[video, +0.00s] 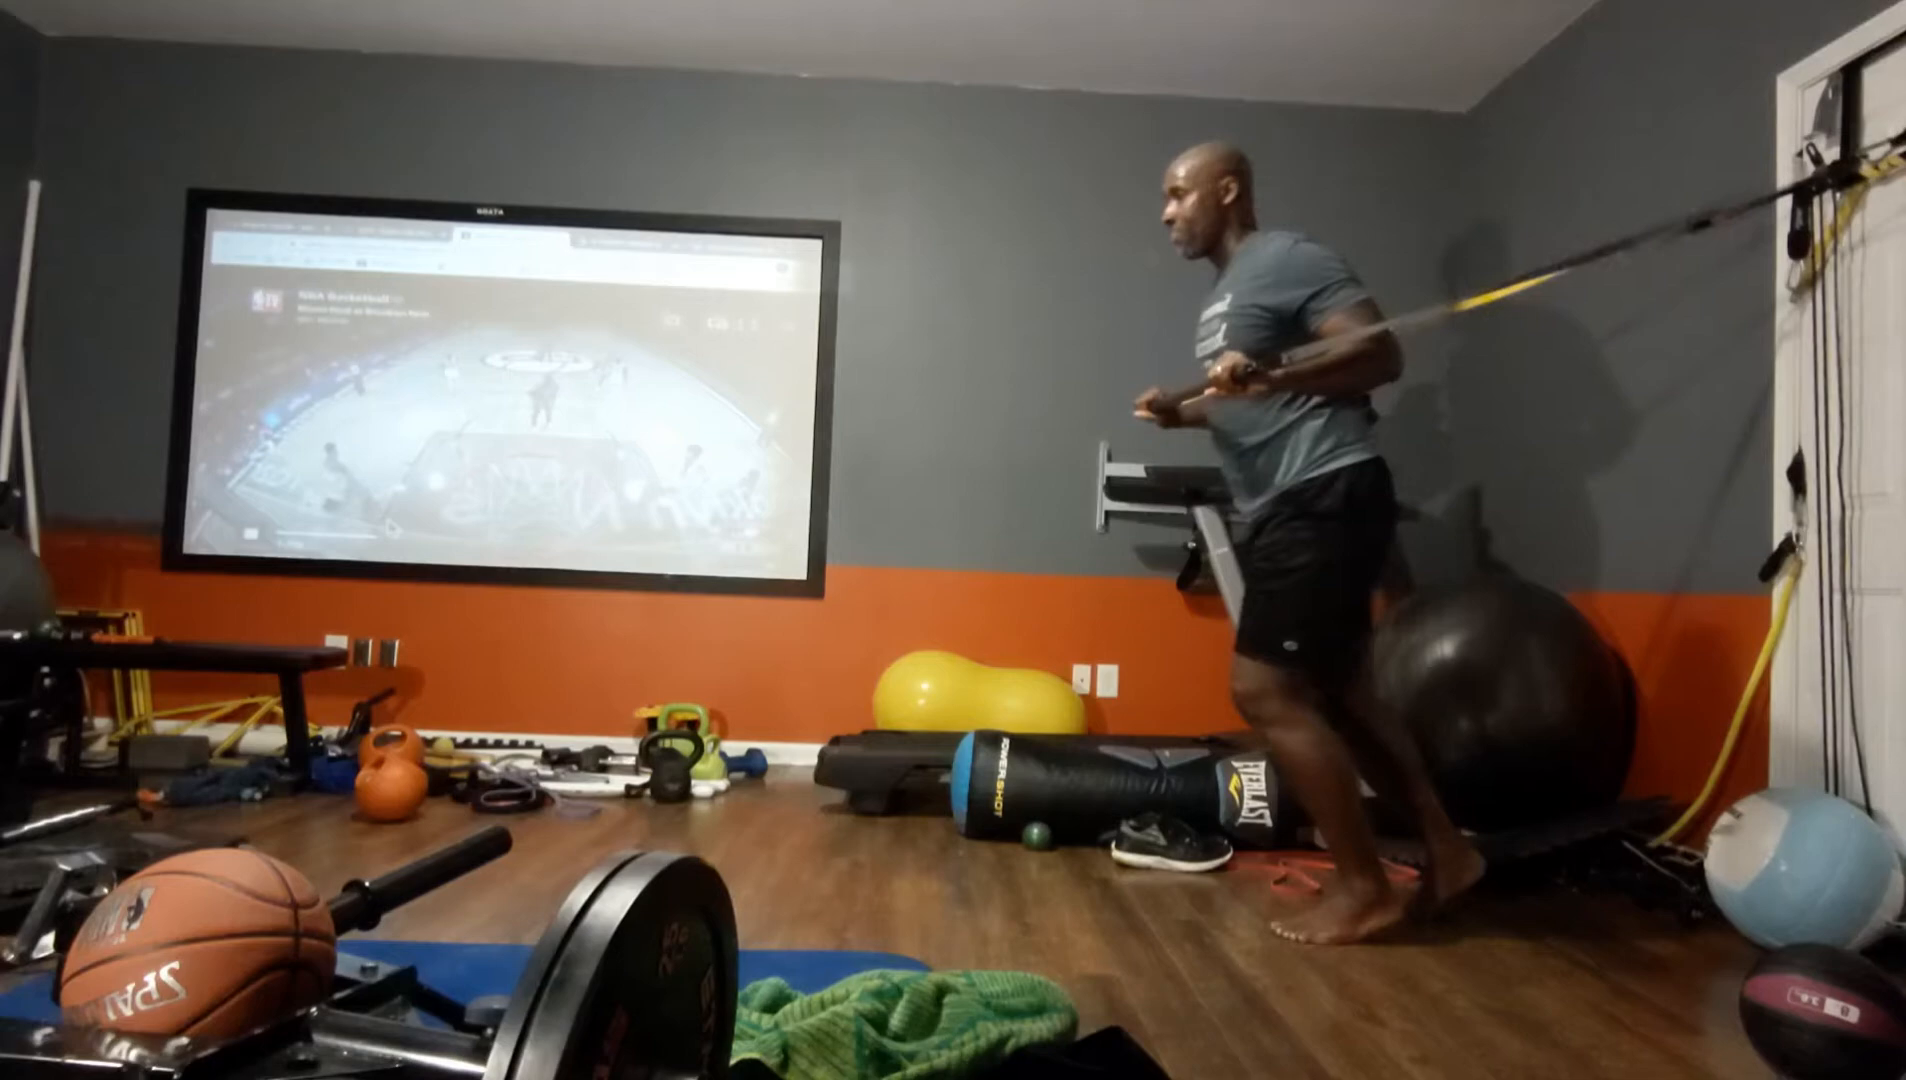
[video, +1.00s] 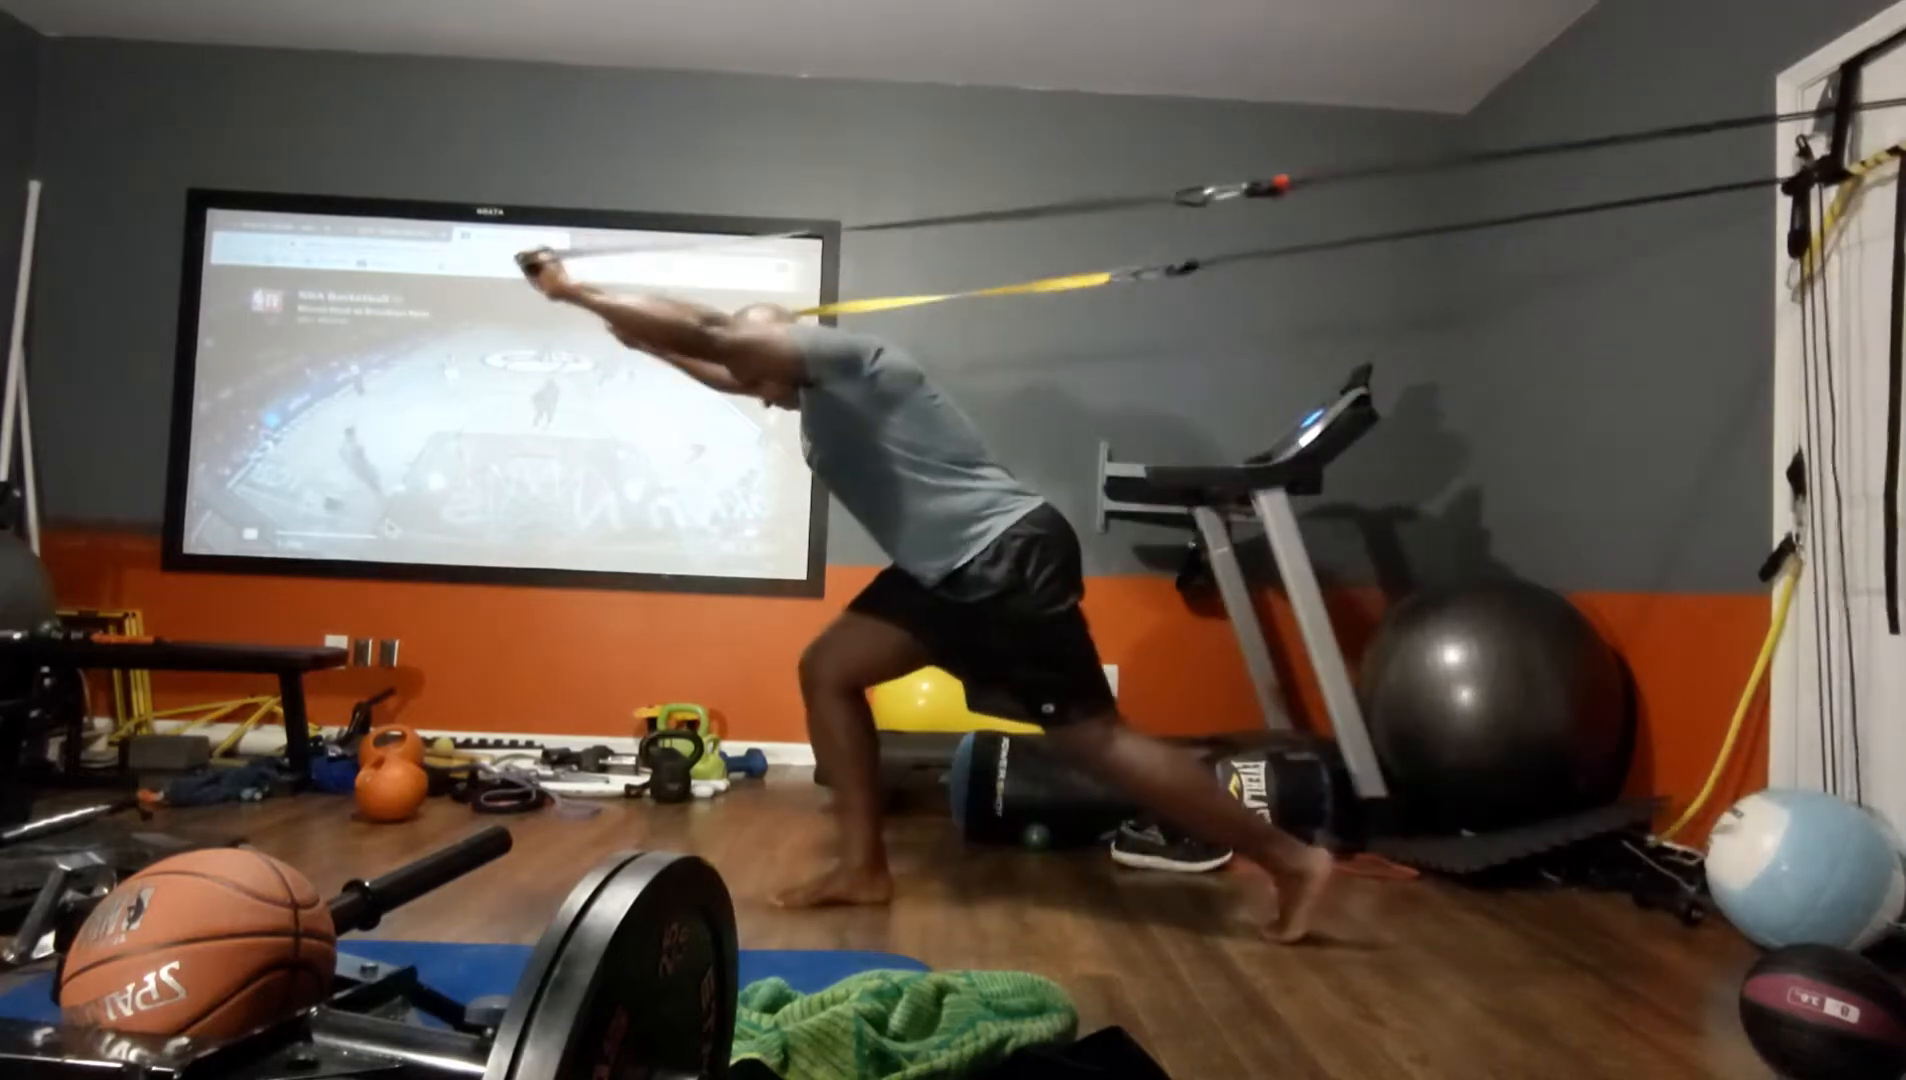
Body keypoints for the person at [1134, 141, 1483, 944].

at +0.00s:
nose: (1166, 211)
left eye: (1178, 194)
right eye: (1165, 198)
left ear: (1229, 193)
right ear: (1210, 203)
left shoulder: (1289, 259)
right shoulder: (1218, 303)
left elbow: (1379, 353)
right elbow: (1253, 403)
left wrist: (1275, 375)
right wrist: (1184, 408)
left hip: (1327, 494)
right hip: (1289, 503)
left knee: (1266, 689)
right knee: (1340, 686)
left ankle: (1362, 884)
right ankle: (1446, 848)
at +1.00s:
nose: (736, 385)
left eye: (738, 363)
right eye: (727, 374)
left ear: (771, 337)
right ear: (785, 348)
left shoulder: (843, 360)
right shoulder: (835, 393)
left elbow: (699, 332)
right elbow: (709, 362)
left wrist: (575, 291)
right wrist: (615, 320)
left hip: (1005, 559)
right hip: (960, 564)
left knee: (1100, 748)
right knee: (827, 671)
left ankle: (1294, 861)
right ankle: (861, 868)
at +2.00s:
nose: (1072, 205)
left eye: (1084, 187)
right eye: (1071, 191)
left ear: (1137, 184)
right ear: (1122, 193)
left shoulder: (1204, 245)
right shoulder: (1146, 289)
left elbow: (1297, 334)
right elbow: (1172, 404)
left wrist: (1187, 368)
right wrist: (1095, 411)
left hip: (1268, 491)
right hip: (1203, 503)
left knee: (1259, 704)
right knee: (1165, 681)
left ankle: (1358, 884)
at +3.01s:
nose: (1025, 265)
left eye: (1028, 243)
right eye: (1015, 254)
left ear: (1074, 219)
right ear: (1032, 251)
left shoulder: (1139, 269)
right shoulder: (1095, 312)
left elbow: (1255, 343)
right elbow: (1143, 413)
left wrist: (1153, 384)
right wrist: (1080, 415)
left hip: (1220, 504)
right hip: (1172, 520)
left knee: (1222, 721)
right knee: (1151, 712)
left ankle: (1354, 885)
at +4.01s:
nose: (757, 330)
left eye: (762, 316)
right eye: (757, 318)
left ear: (801, 299)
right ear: (804, 304)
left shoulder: (868, 328)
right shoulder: (845, 371)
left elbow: (732, 336)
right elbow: (744, 376)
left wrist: (594, 315)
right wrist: (651, 351)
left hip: (1024, 545)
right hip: (958, 558)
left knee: (1097, 749)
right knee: (842, 667)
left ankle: (1280, 867)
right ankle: (861, 872)